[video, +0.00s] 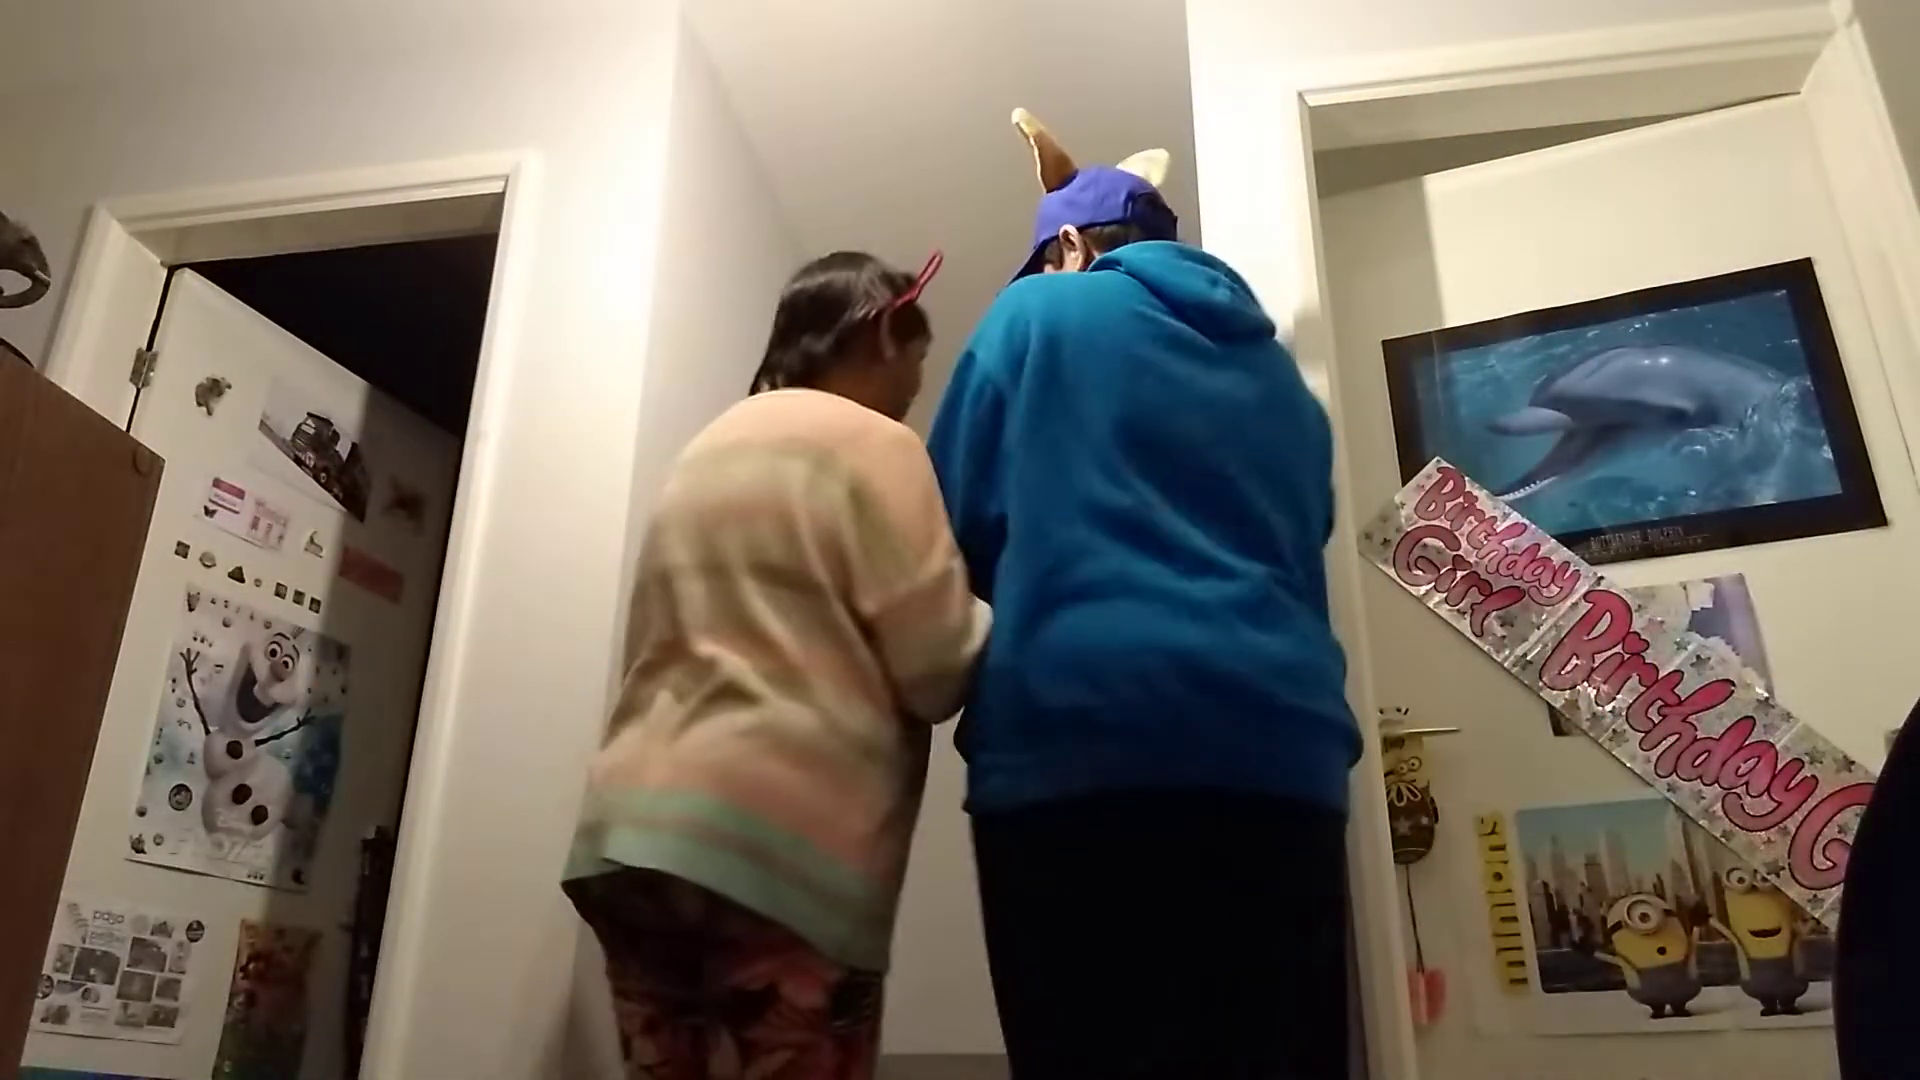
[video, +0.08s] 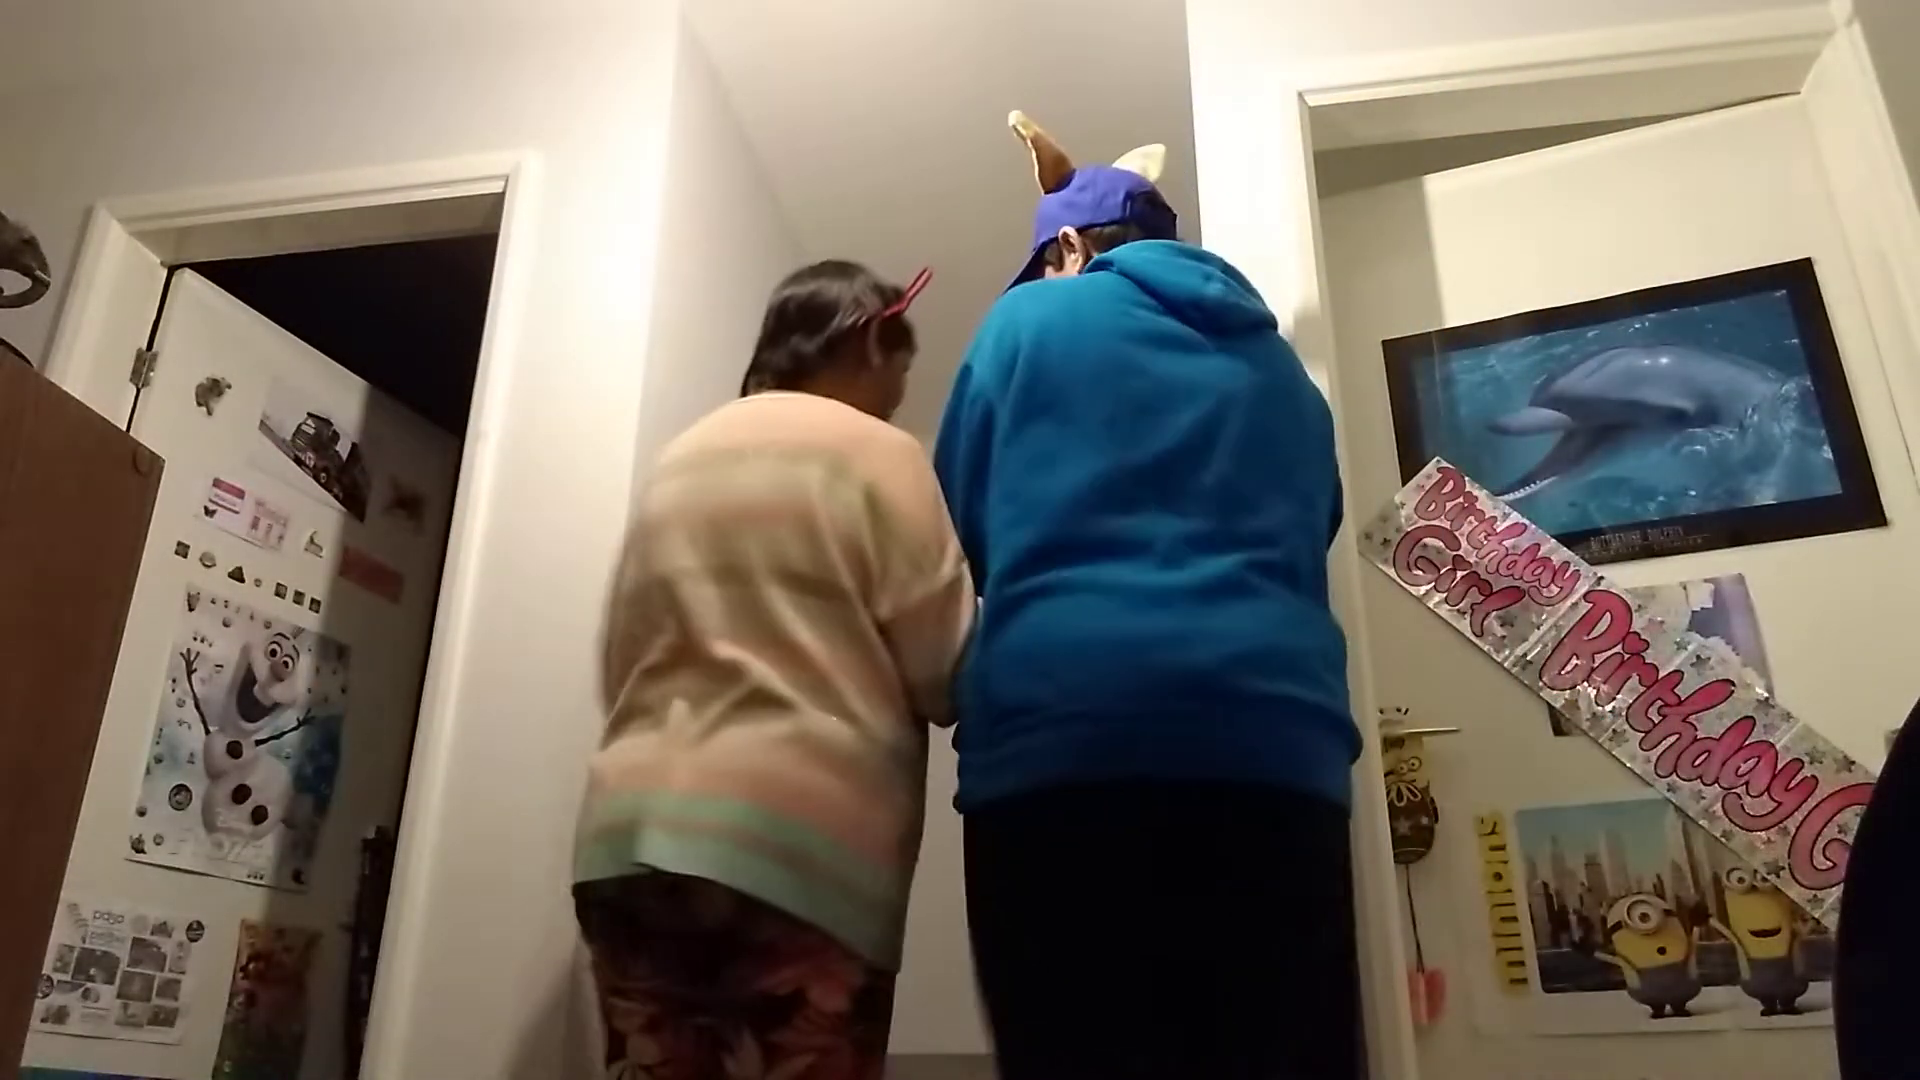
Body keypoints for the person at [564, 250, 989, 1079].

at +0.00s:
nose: (921, 381)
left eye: (923, 356)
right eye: (920, 352)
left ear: (794, 339)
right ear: (887, 333)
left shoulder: (707, 445)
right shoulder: (876, 445)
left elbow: (660, 643)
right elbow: (935, 667)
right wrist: (984, 615)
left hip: (631, 826)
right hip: (793, 848)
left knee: (665, 1063)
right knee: (800, 1062)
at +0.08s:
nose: (902, 390)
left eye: (905, 365)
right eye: (903, 362)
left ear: (779, 346)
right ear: (874, 344)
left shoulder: (679, 454)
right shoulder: (883, 456)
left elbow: (620, 650)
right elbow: (941, 673)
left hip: (632, 831)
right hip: (808, 849)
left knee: (655, 1063)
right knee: (810, 1061)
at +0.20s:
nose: (881, 405)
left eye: (883, 381)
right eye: (881, 378)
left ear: (755, 364)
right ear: (854, 364)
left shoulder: (653, 465)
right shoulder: (885, 472)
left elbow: (570, 681)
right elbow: (942, 684)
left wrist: (683, 695)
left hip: (628, 847)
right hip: (818, 856)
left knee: (639, 1065)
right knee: (808, 1064)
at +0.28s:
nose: (875, 411)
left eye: (876, 387)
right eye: (874, 385)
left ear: (750, 371)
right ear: (848, 373)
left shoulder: (649, 465)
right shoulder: (892, 483)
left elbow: (541, 668)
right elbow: (940, 689)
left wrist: (665, 680)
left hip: (624, 851)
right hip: (821, 863)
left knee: (623, 1065)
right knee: (801, 1065)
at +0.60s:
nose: (852, 450)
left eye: (850, 435)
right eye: (851, 433)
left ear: (723, 434)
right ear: (838, 431)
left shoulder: (644, 517)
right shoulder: (883, 520)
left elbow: (549, 720)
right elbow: (930, 686)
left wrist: (654, 742)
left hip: (684, 887)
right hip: (879, 866)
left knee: (670, 1065)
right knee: (849, 1065)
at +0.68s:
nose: (852, 440)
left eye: (850, 427)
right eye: (848, 427)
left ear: (724, 433)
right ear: (835, 429)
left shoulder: (654, 513)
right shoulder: (894, 523)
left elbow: (561, 710)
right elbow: (930, 688)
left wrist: (666, 725)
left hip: (662, 878)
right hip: (856, 883)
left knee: (669, 1064)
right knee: (834, 1064)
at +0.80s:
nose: (850, 437)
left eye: (848, 425)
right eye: (848, 425)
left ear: (723, 429)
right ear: (836, 426)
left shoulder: (650, 510)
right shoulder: (890, 513)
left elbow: (570, 727)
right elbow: (941, 666)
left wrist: (678, 727)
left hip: (679, 863)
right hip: (875, 858)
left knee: (683, 1062)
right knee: (853, 1065)